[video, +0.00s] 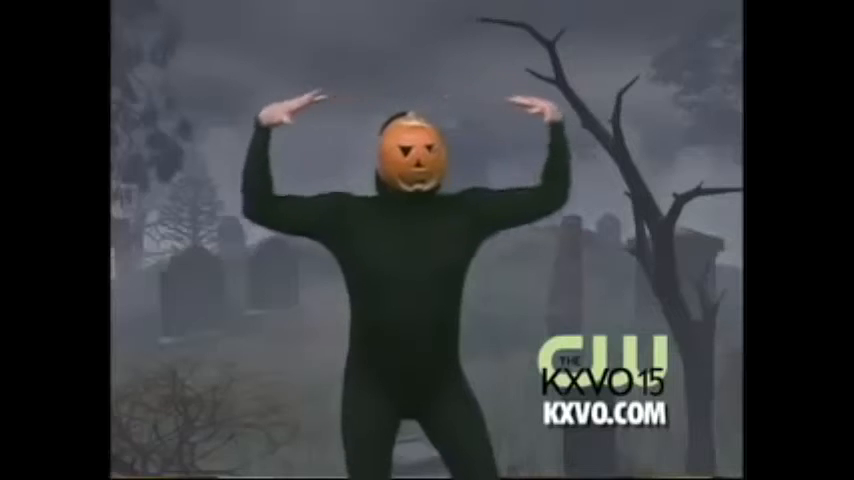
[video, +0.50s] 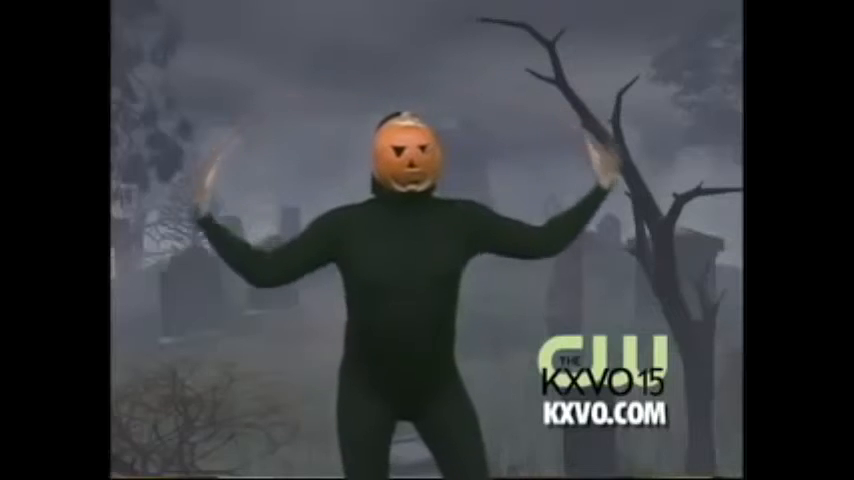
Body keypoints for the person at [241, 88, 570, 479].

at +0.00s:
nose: (418, 157)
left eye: (429, 148)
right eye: (403, 148)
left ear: (445, 161)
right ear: (380, 163)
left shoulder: (468, 212)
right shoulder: (345, 215)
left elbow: (551, 195)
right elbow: (260, 206)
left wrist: (556, 126)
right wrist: (262, 129)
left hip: (443, 384)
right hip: (371, 388)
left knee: (482, 472)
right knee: (367, 474)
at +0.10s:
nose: (418, 157)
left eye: (429, 148)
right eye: (403, 148)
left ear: (444, 161)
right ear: (380, 163)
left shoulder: (469, 214)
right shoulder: (345, 217)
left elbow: (551, 207)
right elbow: (257, 220)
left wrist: (569, 138)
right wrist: (248, 142)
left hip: (442, 384)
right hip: (370, 387)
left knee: (480, 474)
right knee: (367, 474)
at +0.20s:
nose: (416, 157)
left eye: (428, 148)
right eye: (402, 147)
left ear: (443, 161)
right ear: (380, 161)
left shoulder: (468, 217)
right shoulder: (346, 220)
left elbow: (550, 219)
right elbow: (258, 235)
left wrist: (580, 152)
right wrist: (233, 160)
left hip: (441, 386)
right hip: (369, 389)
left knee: (478, 474)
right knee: (367, 476)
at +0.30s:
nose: (415, 155)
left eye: (426, 146)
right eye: (401, 145)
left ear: (442, 160)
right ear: (379, 162)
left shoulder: (468, 218)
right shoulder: (346, 222)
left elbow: (549, 226)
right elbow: (258, 248)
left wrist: (589, 161)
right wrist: (222, 178)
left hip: (440, 387)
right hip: (367, 390)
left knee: (477, 472)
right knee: (366, 474)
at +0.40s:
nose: (414, 156)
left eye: (425, 148)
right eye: (400, 147)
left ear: (441, 161)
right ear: (377, 163)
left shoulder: (465, 219)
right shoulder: (345, 224)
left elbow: (548, 233)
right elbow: (261, 259)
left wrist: (597, 172)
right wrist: (211, 194)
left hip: (439, 385)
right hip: (367, 388)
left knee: (475, 473)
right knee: (365, 475)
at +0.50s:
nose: (411, 157)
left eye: (422, 148)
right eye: (397, 149)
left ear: (439, 161)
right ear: (375, 163)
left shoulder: (463, 220)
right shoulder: (344, 226)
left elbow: (543, 241)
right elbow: (266, 271)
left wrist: (603, 184)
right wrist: (206, 216)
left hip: (438, 386)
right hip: (365, 388)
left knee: (472, 473)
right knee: (364, 476)